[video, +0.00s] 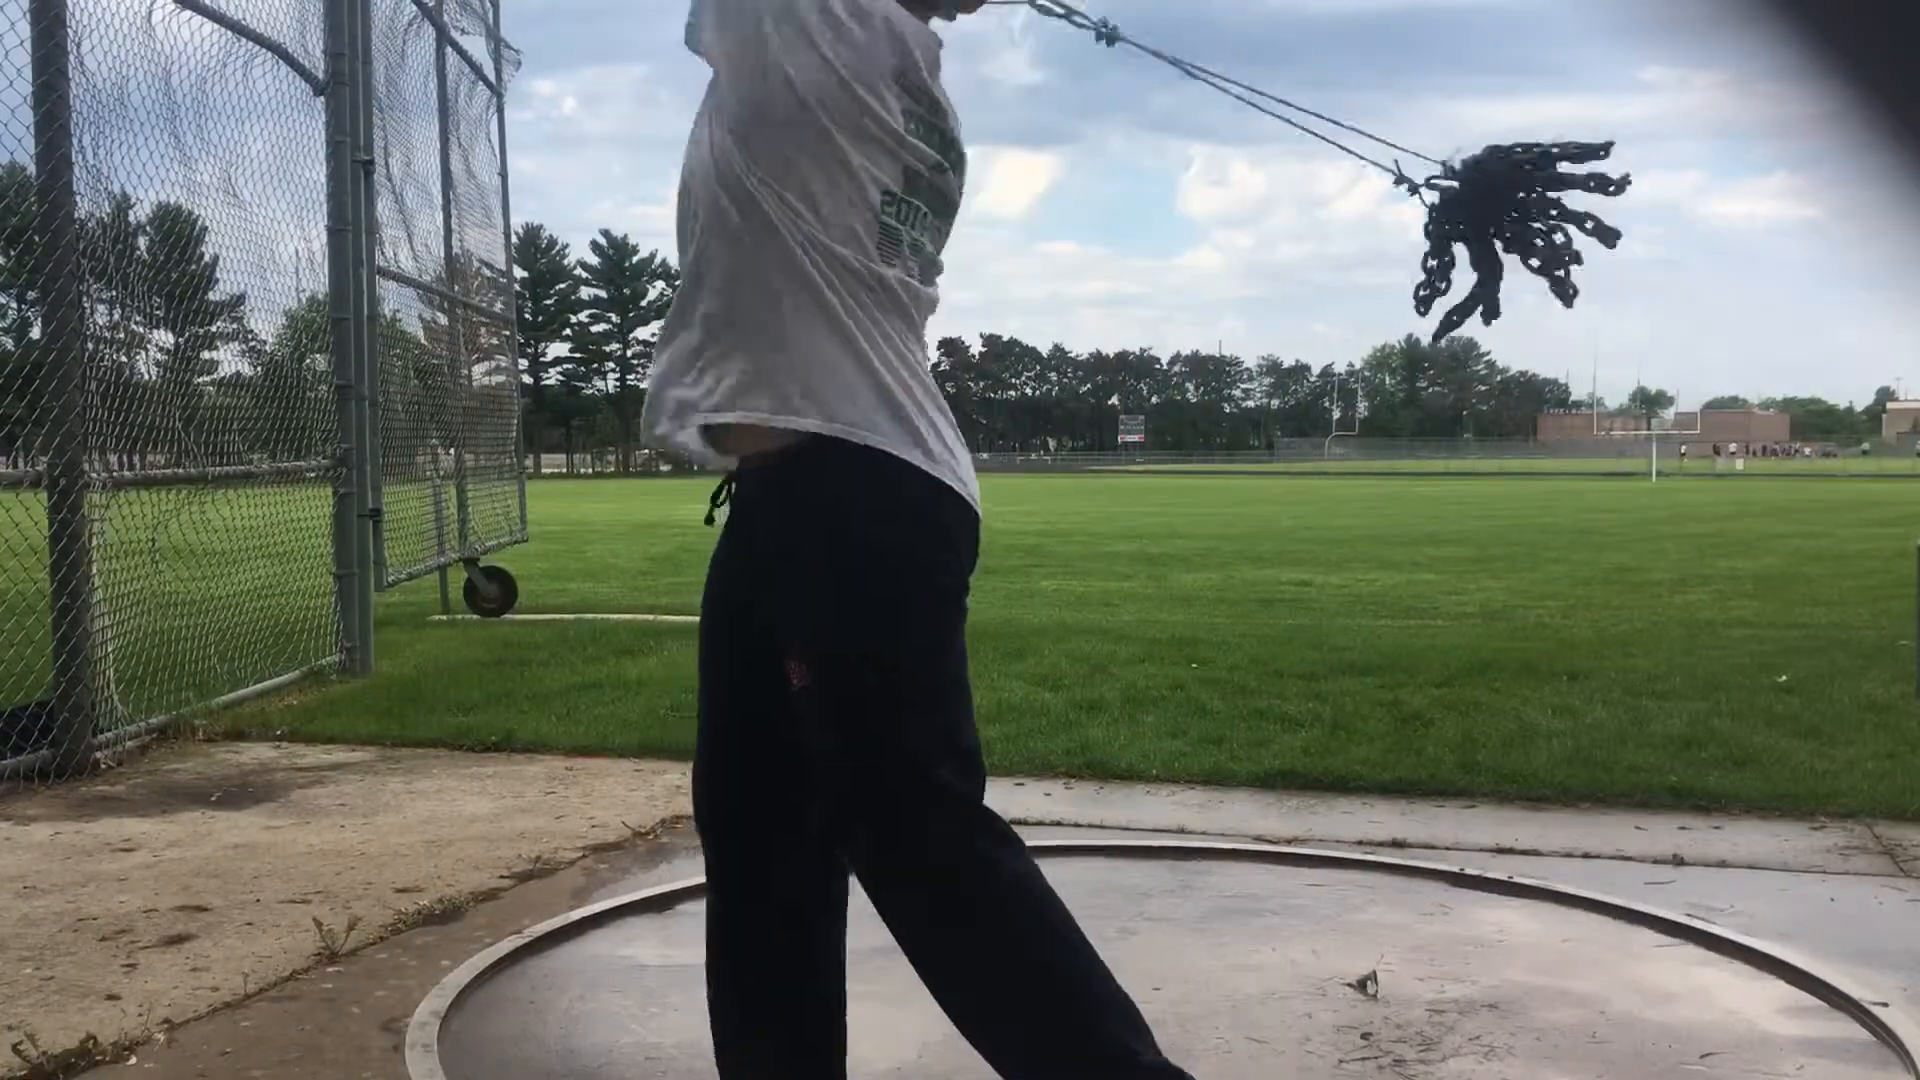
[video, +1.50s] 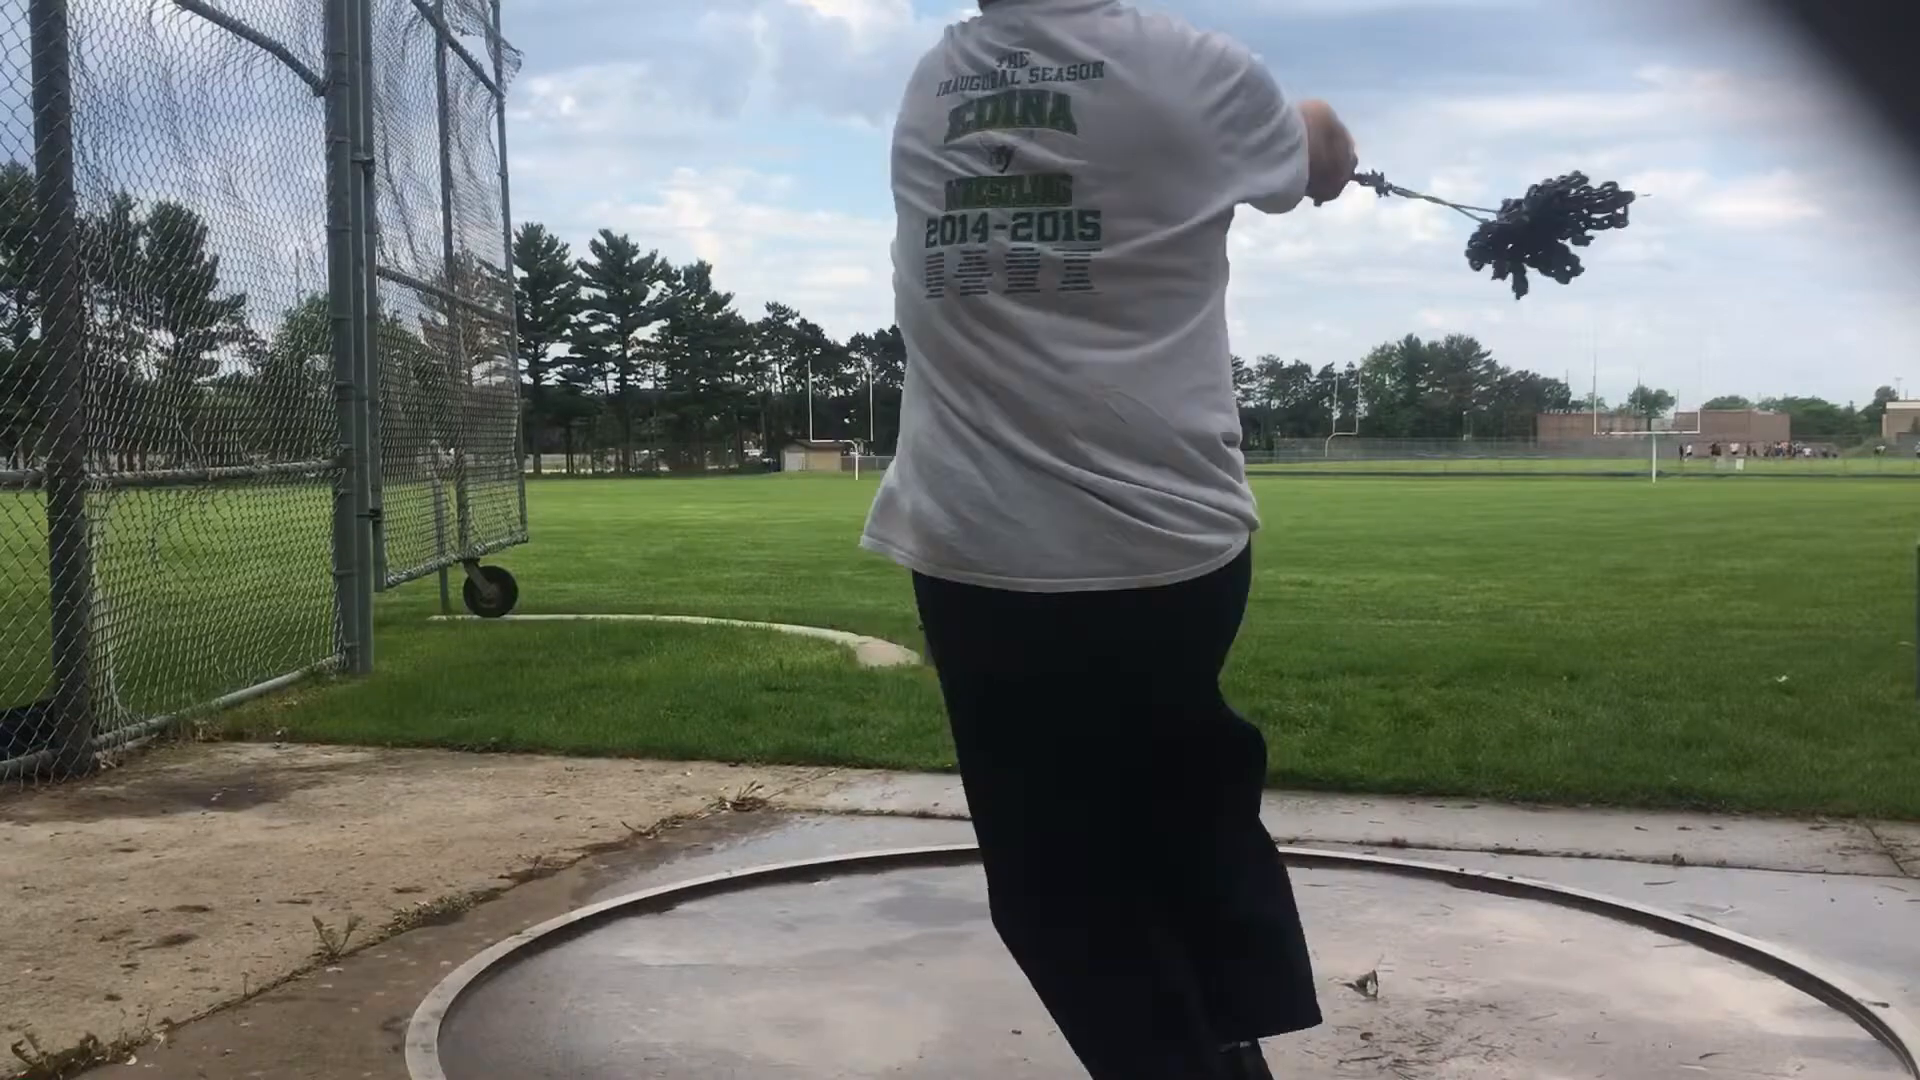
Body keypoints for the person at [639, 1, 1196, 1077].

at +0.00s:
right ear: (928, 6)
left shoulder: (813, 24)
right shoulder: (929, 112)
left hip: (849, 482)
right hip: (782, 492)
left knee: (923, 836)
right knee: (761, 850)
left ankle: (1124, 1067)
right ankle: (776, 1064)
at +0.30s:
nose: (795, 11)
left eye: (802, 4)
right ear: (941, 4)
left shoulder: (817, 44)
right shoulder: (982, 100)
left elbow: (704, 171)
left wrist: (762, 235)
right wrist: (759, 232)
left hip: (966, 513)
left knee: (1009, 893)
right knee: (830, 890)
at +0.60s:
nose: (964, 10)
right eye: (964, 0)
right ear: (1079, 5)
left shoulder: (1069, 83)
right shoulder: (979, 156)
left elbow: (832, 232)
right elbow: (876, 338)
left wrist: (659, 329)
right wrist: (680, 356)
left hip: (1138, 535)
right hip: (987, 538)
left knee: (1105, 875)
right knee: (884, 858)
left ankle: (1114, 1065)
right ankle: (828, 1066)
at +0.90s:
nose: (1053, 12)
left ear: (1082, 13)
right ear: (958, 19)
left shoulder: (1133, 123)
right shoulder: (902, 154)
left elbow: (1115, 228)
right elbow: (900, 262)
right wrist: (939, 325)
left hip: (1112, 556)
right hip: (934, 546)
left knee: (1143, 871)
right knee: (838, 829)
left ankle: (1146, 1069)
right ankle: (805, 1067)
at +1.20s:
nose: (1041, 14)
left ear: (942, 21)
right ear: (943, 11)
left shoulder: (994, 148)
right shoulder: (924, 110)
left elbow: (1188, 170)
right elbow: (1180, 152)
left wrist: (1407, 127)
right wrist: (1421, 133)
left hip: (994, 533)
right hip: (879, 518)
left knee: (1133, 811)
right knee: (1004, 835)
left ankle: (1140, 1068)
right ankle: (769, 1030)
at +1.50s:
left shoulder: (931, 81)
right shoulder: (1196, 73)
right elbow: (1301, 163)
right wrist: (1324, 140)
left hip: (969, 552)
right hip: (1172, 548)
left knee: (1046, 857)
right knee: (1181, 747)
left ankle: (1154, 1058)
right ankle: (1227, 1033)